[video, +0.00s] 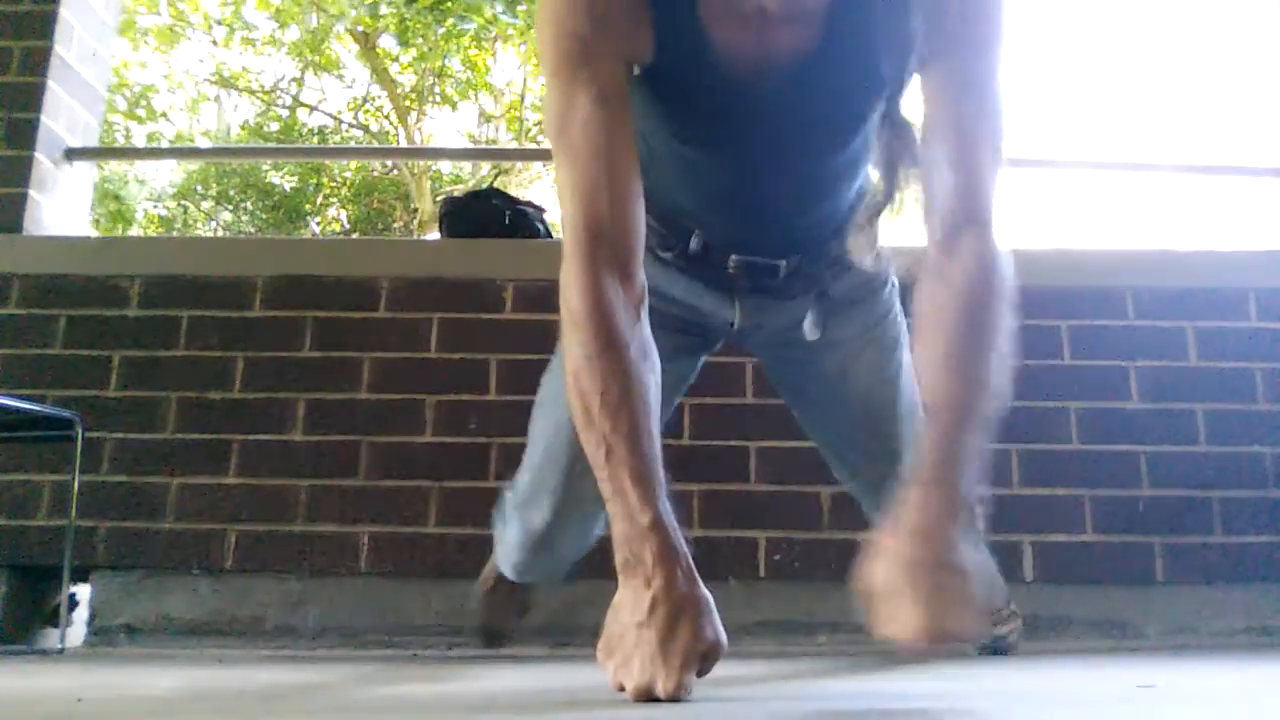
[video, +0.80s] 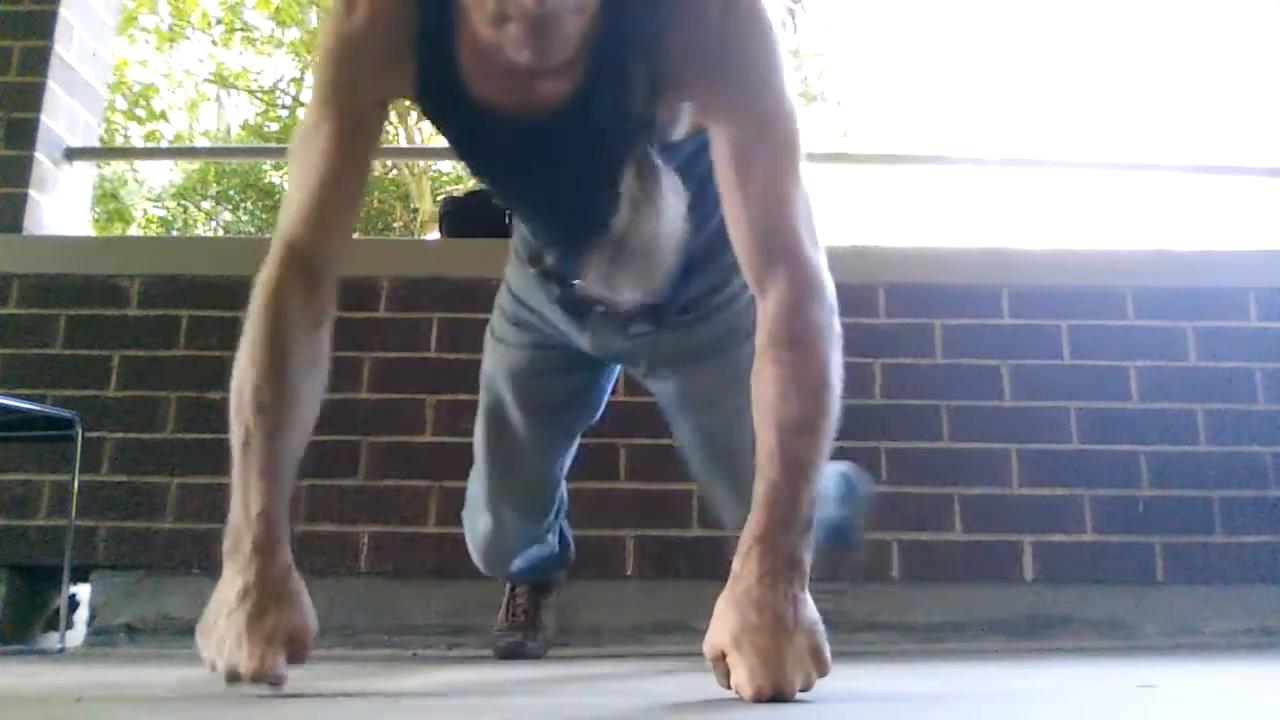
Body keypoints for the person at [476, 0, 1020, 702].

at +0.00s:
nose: (769, 15)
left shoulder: (945, 9)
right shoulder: (593, 11)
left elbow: (964, 237)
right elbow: (601, 274)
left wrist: (934, 511)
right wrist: (652, 564)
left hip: (832, 281)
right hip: (658, 272)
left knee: (939, 536)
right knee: (536, 539)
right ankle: (513, 571)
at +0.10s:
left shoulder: (934, 10)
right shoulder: (585, 9)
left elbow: (922, 234)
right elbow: (599, 276)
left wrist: (848, 514)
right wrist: (650, 565)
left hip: (819, 273)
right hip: (653, 272)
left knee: (910, 489)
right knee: (565, 562)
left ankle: (965, 565)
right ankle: (526, 561)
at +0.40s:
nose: (659, 22)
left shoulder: (828, 20)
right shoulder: (517, 23)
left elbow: (852, 294)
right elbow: (542, 312)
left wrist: (789, 573)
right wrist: (637, 567)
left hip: (787, 317)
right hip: (619, 313)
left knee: (897, 541)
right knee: (541, 547)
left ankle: (992, 537)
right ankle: (527, 594)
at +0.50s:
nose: (614, 17)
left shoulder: (783, 19)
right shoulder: (478, 30)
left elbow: (822, 282)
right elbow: (506, 304)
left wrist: (781, 570)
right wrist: (604, 565)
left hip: (771, 324)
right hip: (611, 316)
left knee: (876, 533)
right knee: (532, 539)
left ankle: (992, 537)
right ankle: (530, 586)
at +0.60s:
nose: (580, 32)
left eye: (609, 12)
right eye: (553, 13)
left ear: (656, 5)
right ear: (518, 8)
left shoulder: (759, 21)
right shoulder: (447, 25)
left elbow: (812, 285)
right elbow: (422, 284)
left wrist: (777, 568)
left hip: (734, 301)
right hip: (578, 306)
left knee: (851, 499)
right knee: (512, 554)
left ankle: (968, 529)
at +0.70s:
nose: (561, 33)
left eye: (592, 9)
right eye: (530, 11)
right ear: (493, 3)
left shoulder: (735, 23)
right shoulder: (416, 21)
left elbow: (803, 285)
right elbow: (346, 250)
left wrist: (774, 569)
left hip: (715, 290)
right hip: (560, 282)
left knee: (805, 503)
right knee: (512, 531)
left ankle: (916, 510)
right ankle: (530, 578)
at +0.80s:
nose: (522, 32)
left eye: (553, 5)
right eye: (493, 8)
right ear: (455, 1)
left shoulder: (711, 23)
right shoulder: (379, 22)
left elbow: (793, 282)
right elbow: (302, 266)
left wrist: (774, 567)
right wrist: (255, 555)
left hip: (706, 291)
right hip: (546, 282)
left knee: (759, 510)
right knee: (503, 526)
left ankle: (823, 514)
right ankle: (534, 573)